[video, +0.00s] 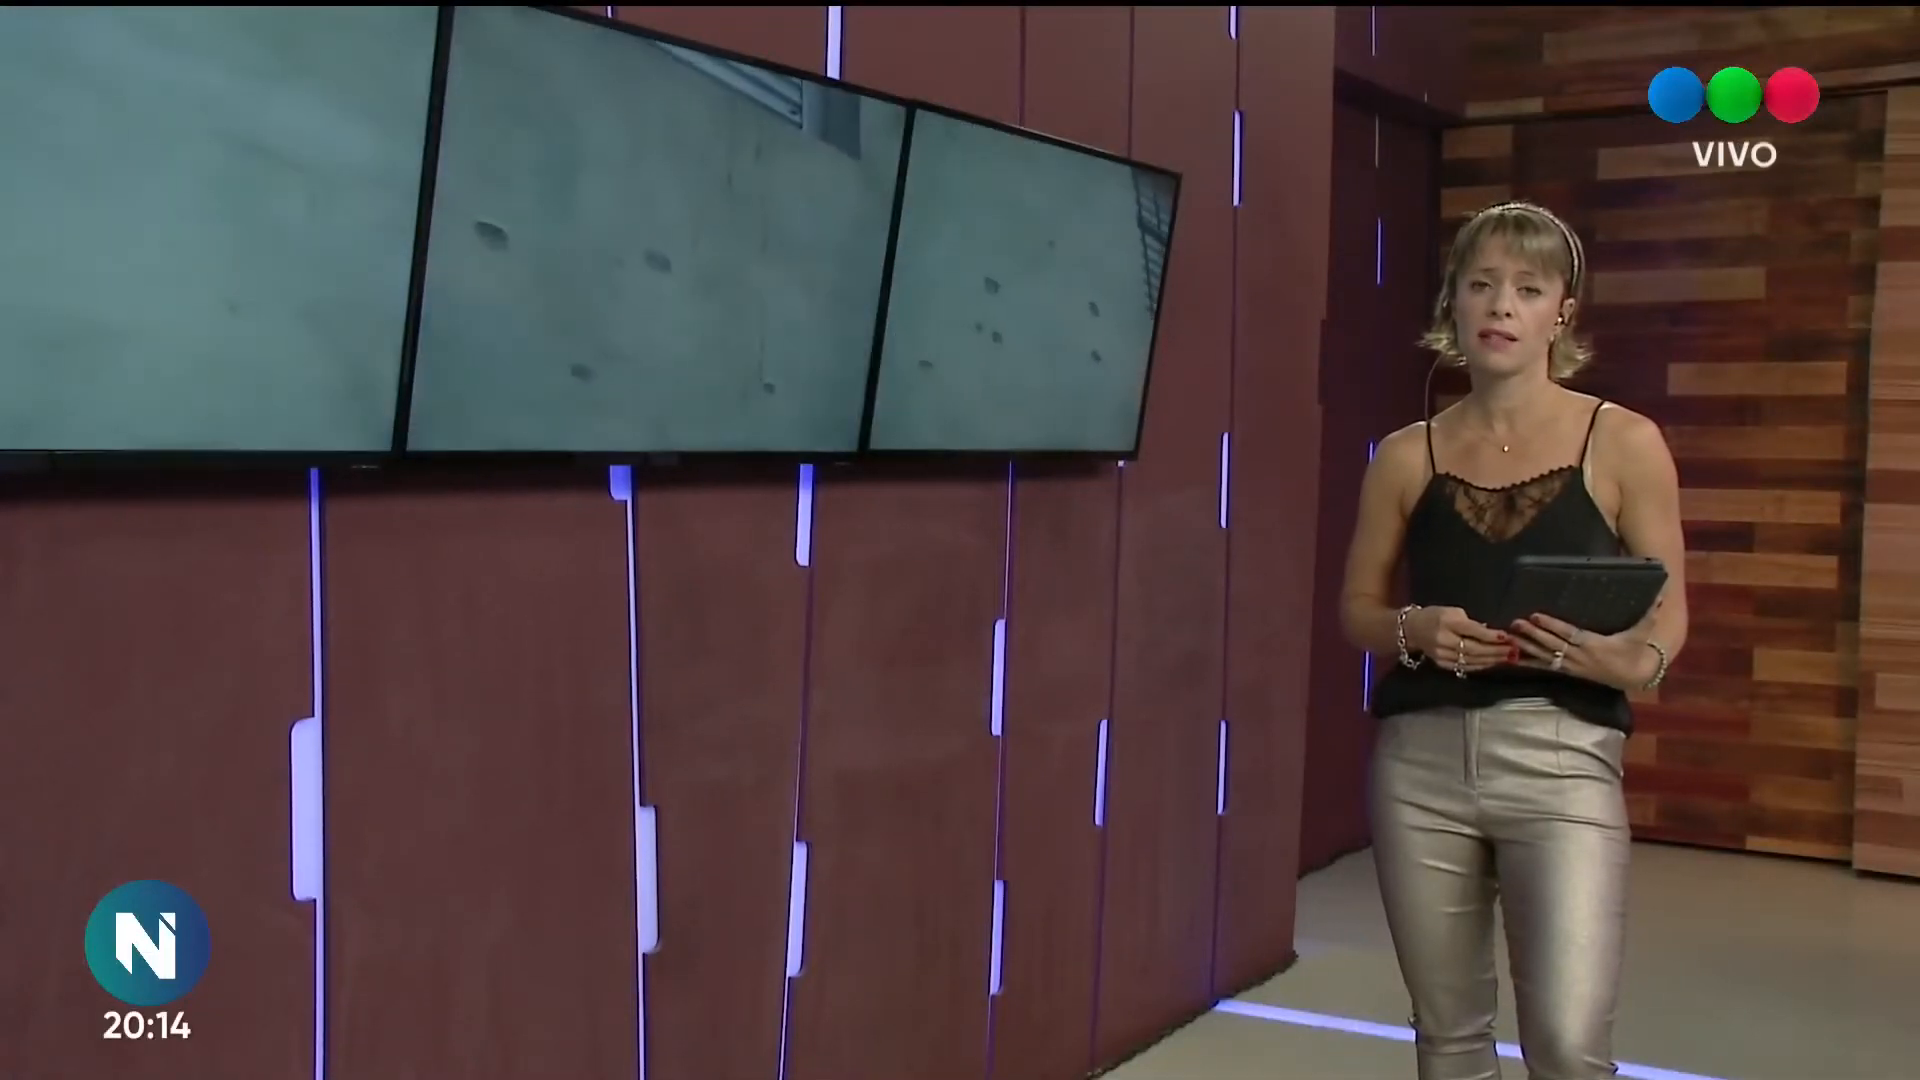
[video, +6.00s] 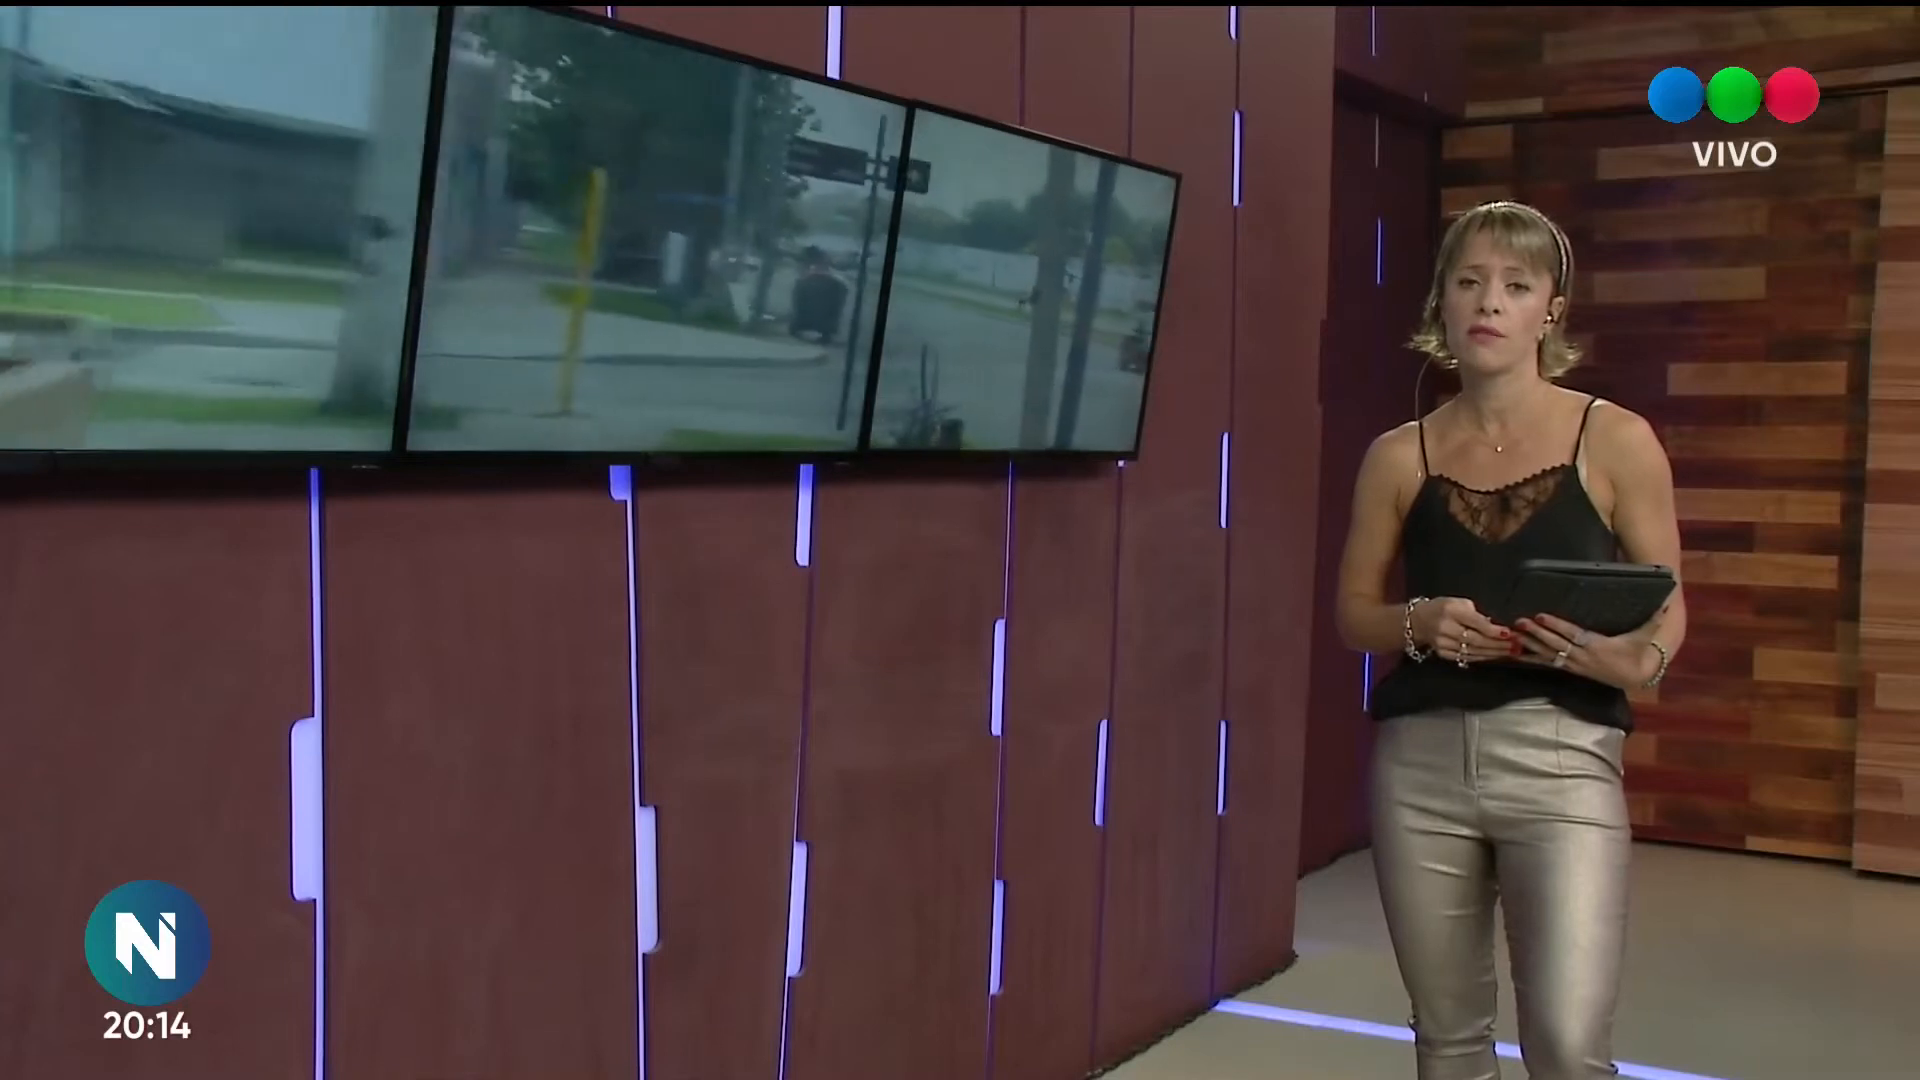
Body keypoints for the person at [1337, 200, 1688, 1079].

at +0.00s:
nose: (1498, 305)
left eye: (1525, 288)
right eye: (1479, 285)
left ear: (1561, 313)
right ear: (1452, 306)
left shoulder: (1625, 444)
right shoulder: (1404, 459)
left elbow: (1666, 610)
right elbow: (1357, 610)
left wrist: (1631, 663)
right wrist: (1410, 629)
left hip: (1561, 768)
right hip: (1419, 768)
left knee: (1567, 1049)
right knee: (1448, 1040)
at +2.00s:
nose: (1489, 305)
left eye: (1515, 288)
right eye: (1469, 284)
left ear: (1550, 314)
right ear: (1442, 305)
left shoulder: (1616, 442)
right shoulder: (1396, 459)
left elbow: (1660, 610)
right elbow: (1352, 614)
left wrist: (1623, 663)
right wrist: (1405, 629)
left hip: (1556, 768)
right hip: (1413, 768)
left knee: (1560, 1048)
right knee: (1445, 1040)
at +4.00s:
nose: (1497, 296)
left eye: (1523, 280)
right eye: (1478, 278)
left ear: (1560, 309)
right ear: (1450, 303)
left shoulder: (1626, 440)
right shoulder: (1406, 457)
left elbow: (1671, 608)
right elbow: (1360, 612)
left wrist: (1630, 664)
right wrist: (1419, 624)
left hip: (1570, 770)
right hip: (1426, 770)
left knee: (1573, 1050)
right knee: (1452, 1042)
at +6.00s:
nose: (1487, 301)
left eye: (1513, 284)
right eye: (1468, 281)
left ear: (1551, 311)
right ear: (1442, 304)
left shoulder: (1617, 441)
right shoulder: (1398, 457)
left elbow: (1665, 604)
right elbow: (1353, 615)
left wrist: (1632, 664)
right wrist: (1417, 622)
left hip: (1562, 767)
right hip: (1419, 769)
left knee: (1566, 1051)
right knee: (1446, 1044)